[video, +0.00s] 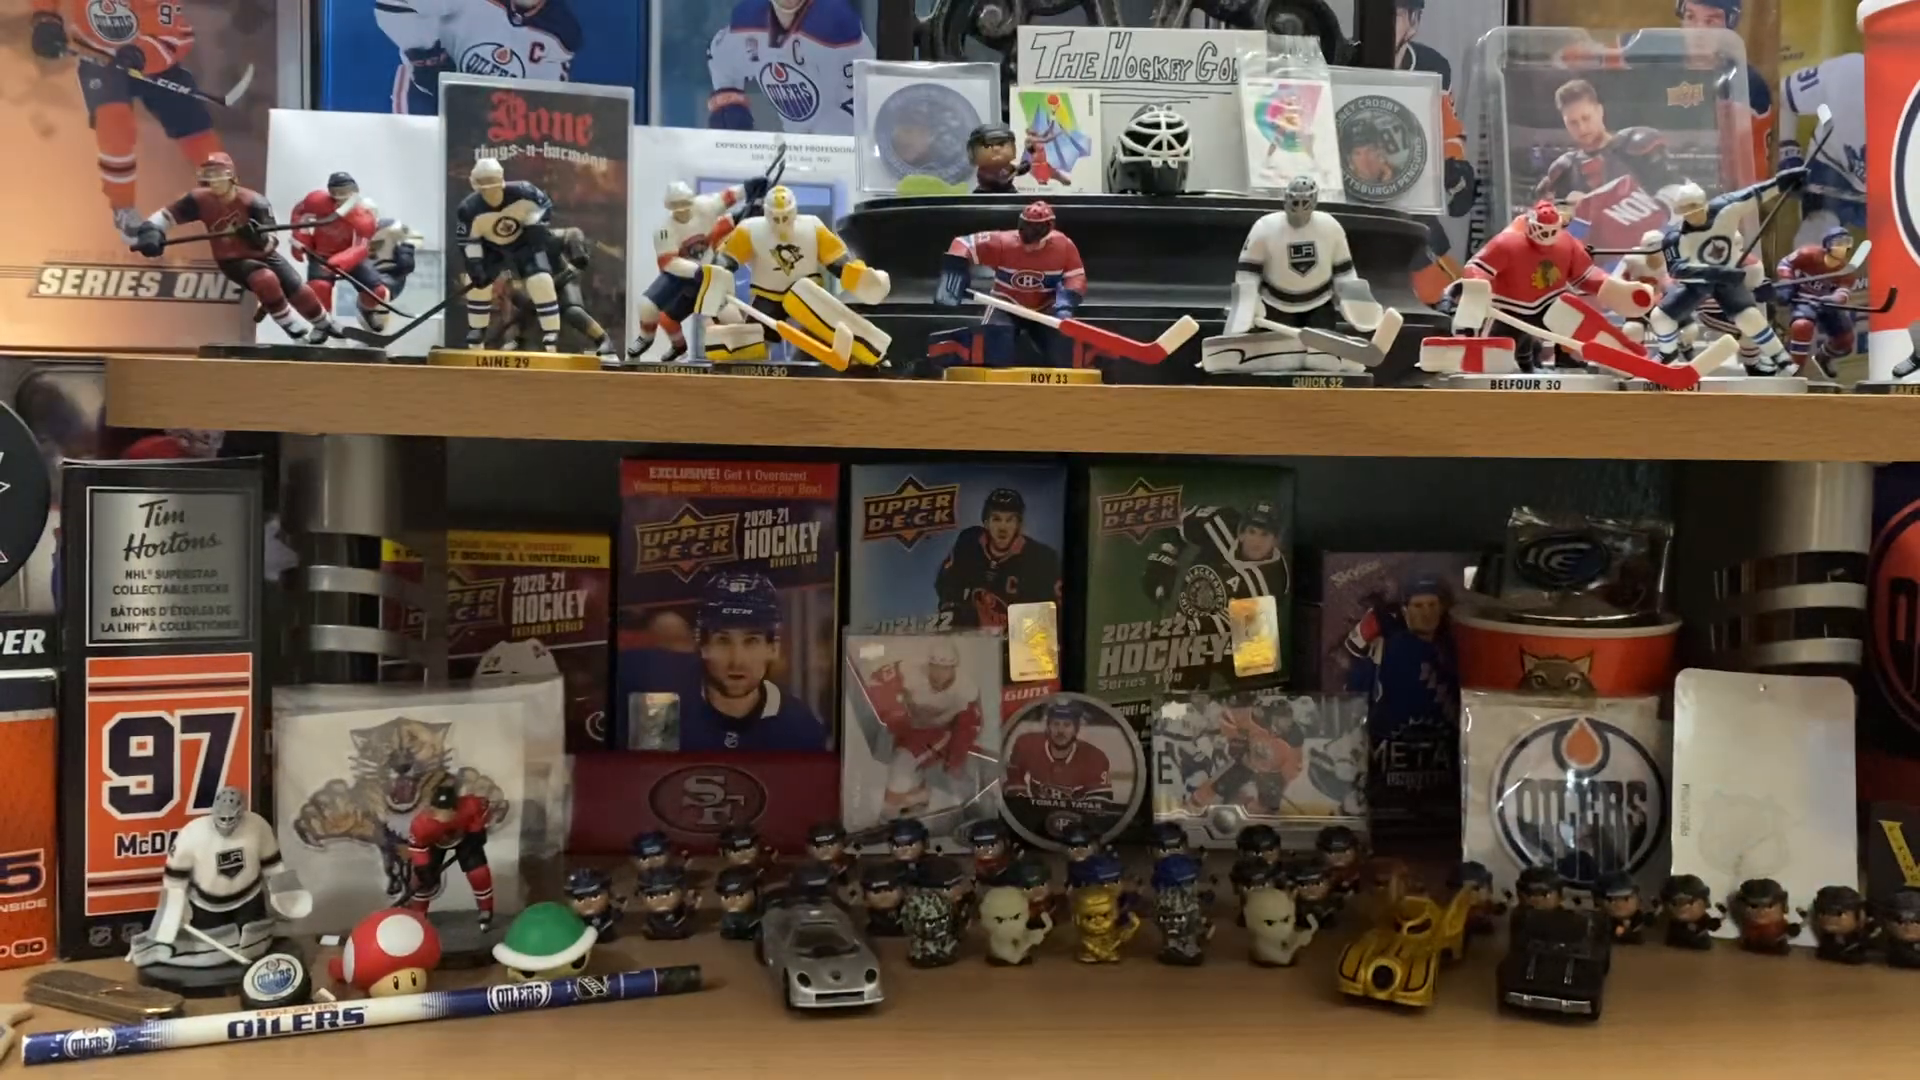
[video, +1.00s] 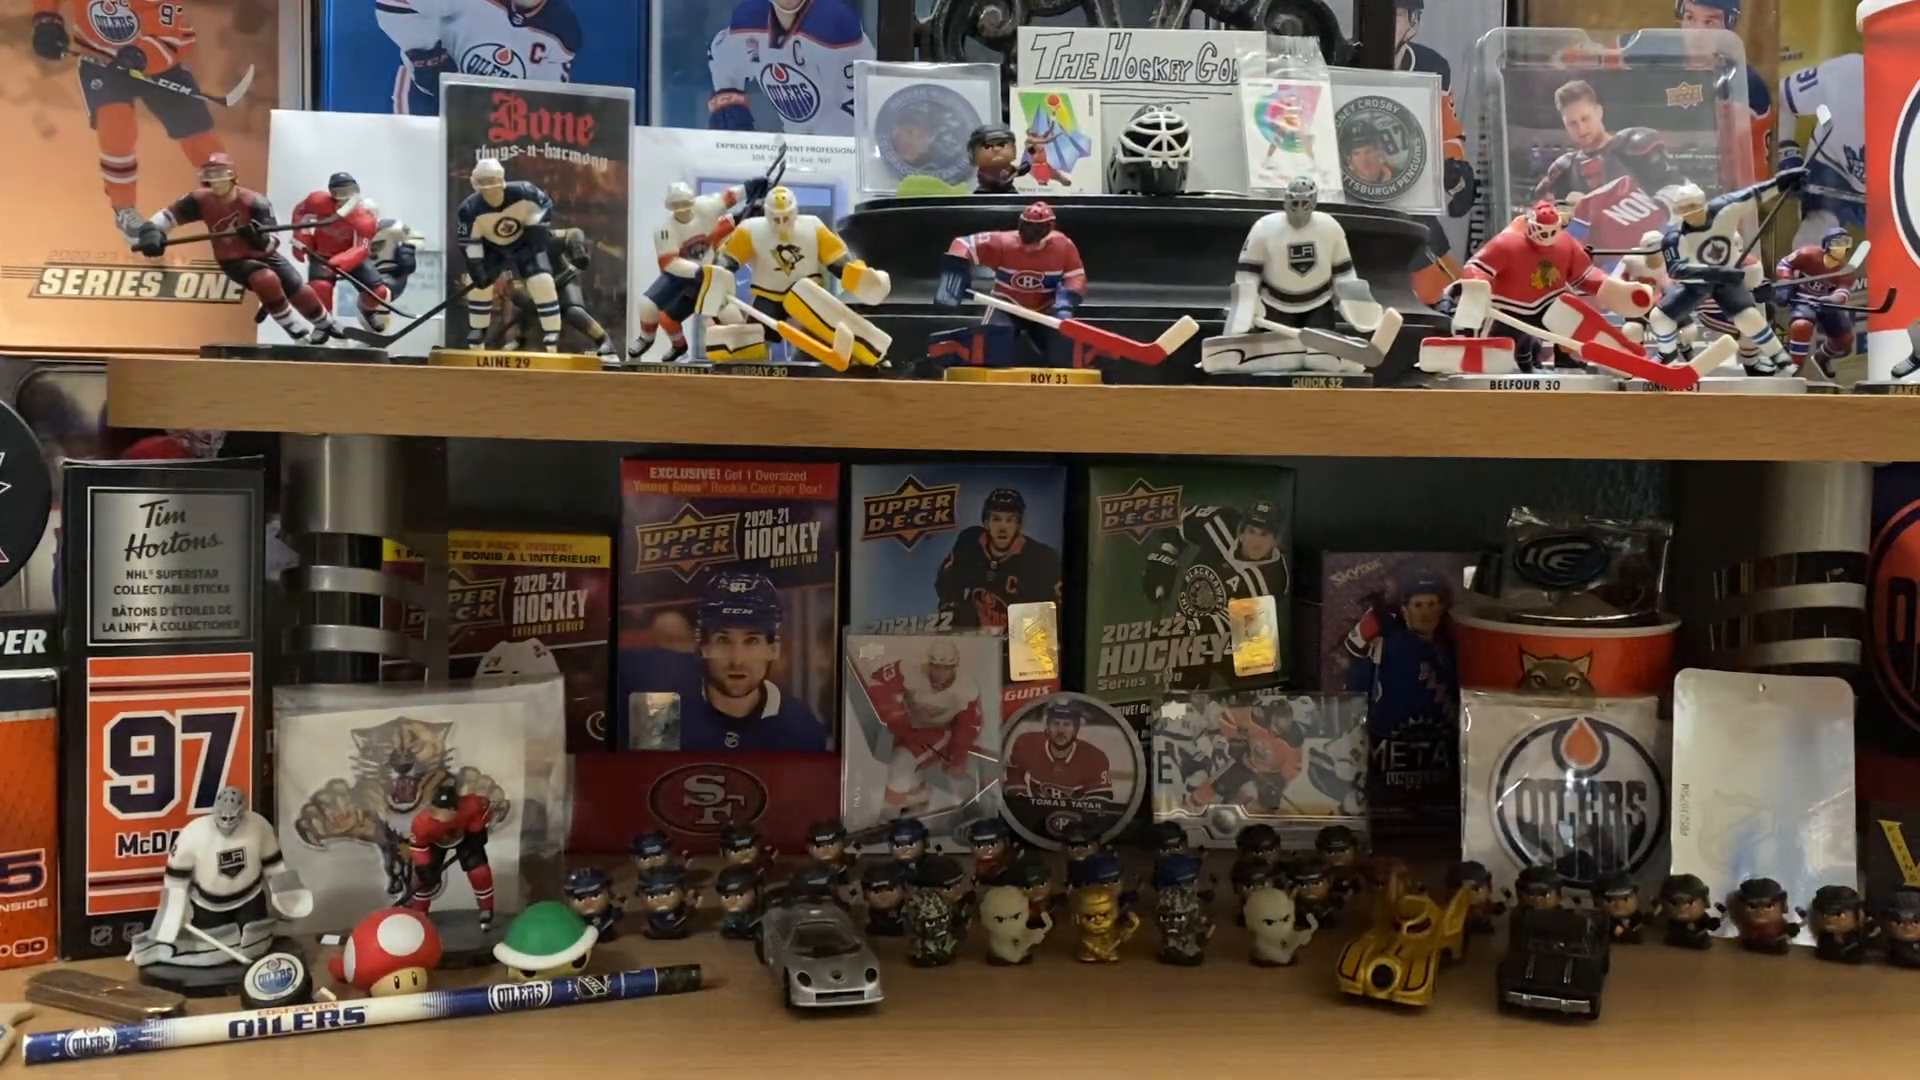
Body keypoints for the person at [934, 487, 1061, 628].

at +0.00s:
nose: (1003, 527)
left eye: (1009, 520)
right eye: (996, 520)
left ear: (1019, 524)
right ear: (986, 522)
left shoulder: (1041, 557)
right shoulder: (968, 542)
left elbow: (1045, 605)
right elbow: (944, 581)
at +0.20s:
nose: (1002, 527)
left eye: (1009, 520)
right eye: (996, 520)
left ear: (1019, 524)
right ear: (985, 523)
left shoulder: (1041, 558)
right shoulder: (968, 542)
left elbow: (1046, 605)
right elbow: (944, 581)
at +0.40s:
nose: (1003, 527)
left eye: (1009, 520)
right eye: (996, 520)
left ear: (1019, 524)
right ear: (986, 522)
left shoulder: (1041, 557)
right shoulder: (968, 542)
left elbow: (1046, 605)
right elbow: (943, 581)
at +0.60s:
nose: (1003, 527)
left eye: (1009, 520)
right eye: (996, 520)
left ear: (1019, 524)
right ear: (986, 523)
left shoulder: (1041, 557)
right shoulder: (968, 542)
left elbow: (1047, 604)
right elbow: (944, 580)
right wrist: (949, 607)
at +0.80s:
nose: (1003, 527)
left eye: (1010, 521)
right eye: (996, 520)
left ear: (1019, 524)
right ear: (986, 523)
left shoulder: (1041, 557)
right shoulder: (969, 541)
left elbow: (1047, 604)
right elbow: (945, 577)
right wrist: (949, 606)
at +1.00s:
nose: (1003, 527)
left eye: (1010, 521)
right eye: (996, 520)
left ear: (1019, 524)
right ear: (986, 523)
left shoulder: (1042, 557)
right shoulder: (969, 541)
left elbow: (1047, 604)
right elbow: (945, 578)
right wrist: (949, 606)